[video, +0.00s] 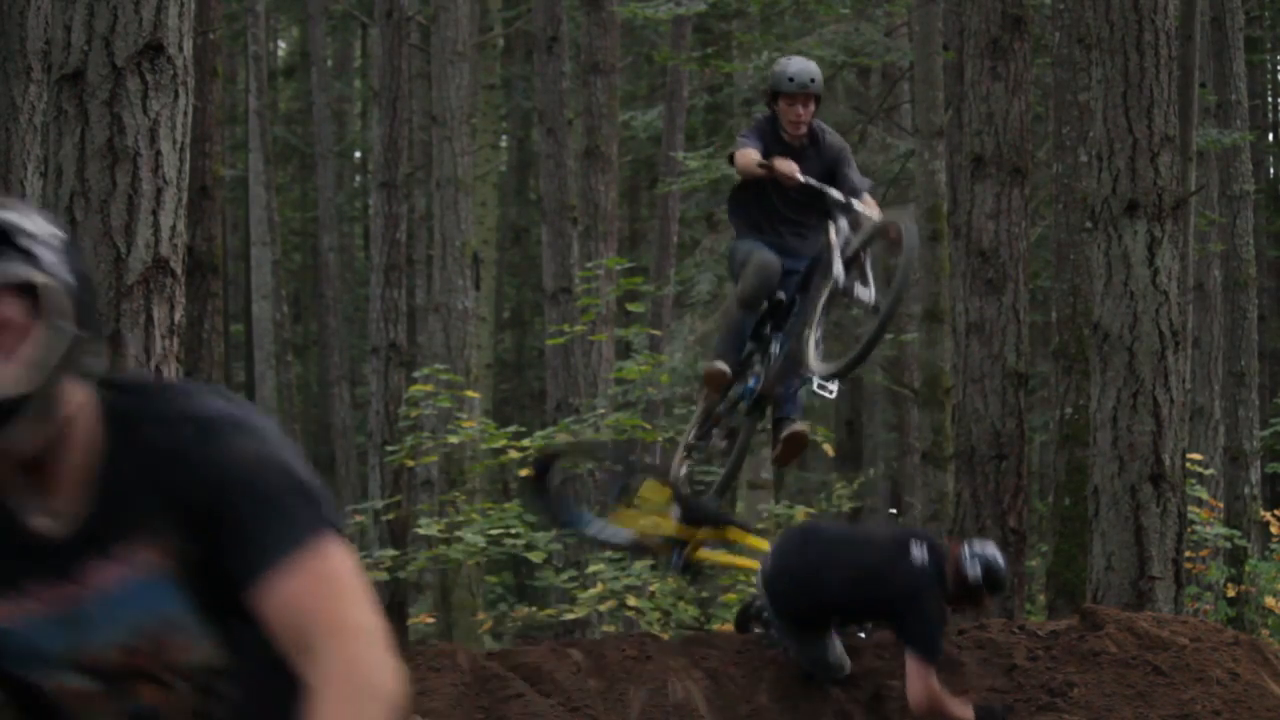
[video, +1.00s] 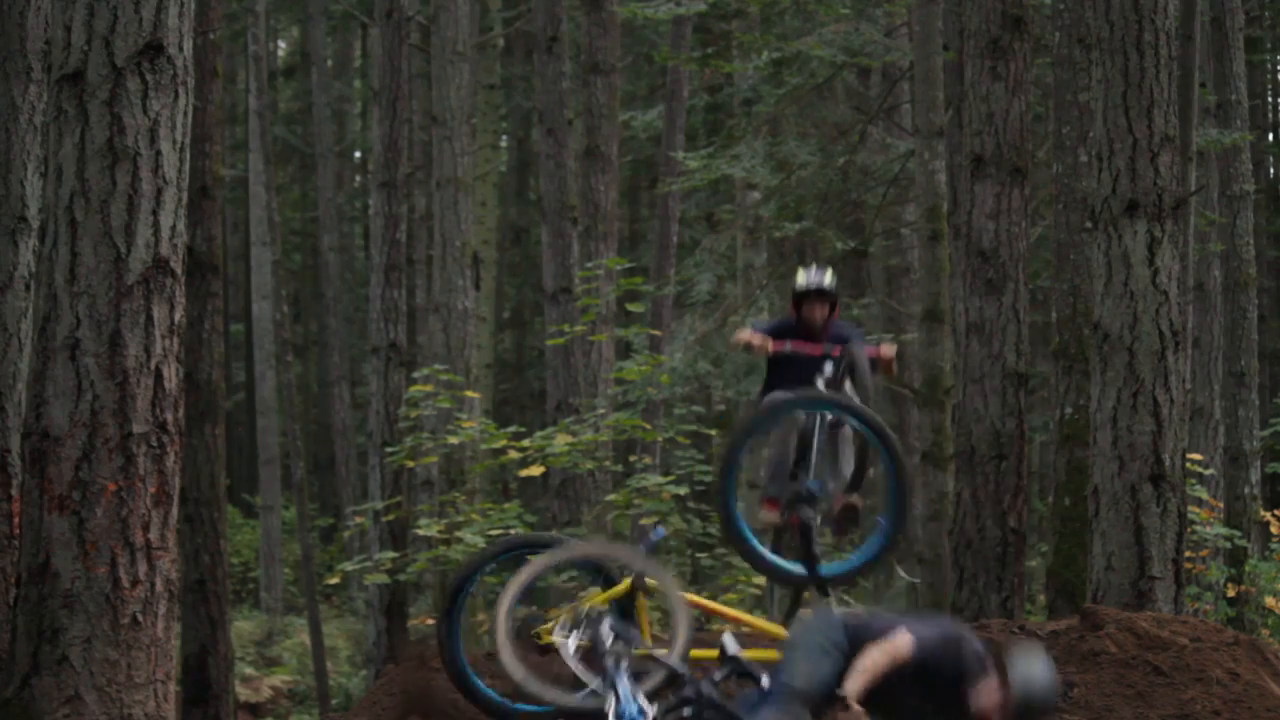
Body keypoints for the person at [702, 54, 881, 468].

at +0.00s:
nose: (799, 111)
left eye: (806, 103)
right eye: (791, 103)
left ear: (816, 105)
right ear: (775, 103)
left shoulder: (831, 147)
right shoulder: (760, 130)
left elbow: (861, 197)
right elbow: (742, 161)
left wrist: (879, 226)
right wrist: (771, 166)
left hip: (805, 254)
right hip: (755, 243)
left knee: (797, 335)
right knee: (765, 267)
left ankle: (789, 426)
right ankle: (725, 361)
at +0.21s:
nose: (825, 151)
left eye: (833, 143)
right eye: (817, 141)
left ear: (844, 145)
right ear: (800, 140)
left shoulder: (854, 194)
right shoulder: (779, 171)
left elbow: (869, 261)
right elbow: (760, 208)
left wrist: (876, 319)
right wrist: (781, 231)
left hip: (810, 298)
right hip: (759, 285)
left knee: (793, 390)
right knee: (752, 340)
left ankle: (775, 488)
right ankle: (725, 430)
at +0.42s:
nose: (873, 227)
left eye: (879, 218)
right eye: (864, 216)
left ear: (884, 218)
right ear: (838, 211)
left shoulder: (882, 263)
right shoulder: (804, 243)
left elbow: (899, 331)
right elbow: (783, 286)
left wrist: (917, 386)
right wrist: (795, 320)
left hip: (817, 362)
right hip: (774, 342)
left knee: (794, 470)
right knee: (774, 410)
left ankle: (753, 576)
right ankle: (729, 501)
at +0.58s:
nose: (916, 332)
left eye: (925, 324)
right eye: (909, 319)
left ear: (930, 328)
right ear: (885, 310)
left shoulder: (915, 377)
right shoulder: (847, 334)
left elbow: (920, 456)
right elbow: (816, 388)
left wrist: (928, 529)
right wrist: (825, 438)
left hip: (824, 458)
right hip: (784, 431)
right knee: (788, 509)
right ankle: (751, 596)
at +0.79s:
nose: (972, 491)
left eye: (983, 488)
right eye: (971, 476)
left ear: (987, 497)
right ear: (952, 461)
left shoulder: (950, 540)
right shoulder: (903, 476)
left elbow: (934, 627)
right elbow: (847, 524)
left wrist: (922, 710)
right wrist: (825, 597)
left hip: (836, 563)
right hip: (801, 520)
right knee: (781, 610)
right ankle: (717, 698)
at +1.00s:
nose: (995, 714)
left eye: (1007, 713)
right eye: (1003, 704)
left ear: (1015, 708)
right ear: (1001, 677)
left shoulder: (963, 709)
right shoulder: (958, 645)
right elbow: (891, 647)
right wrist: (850, 695)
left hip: (863, 693)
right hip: (833, 639)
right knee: (795, 702)